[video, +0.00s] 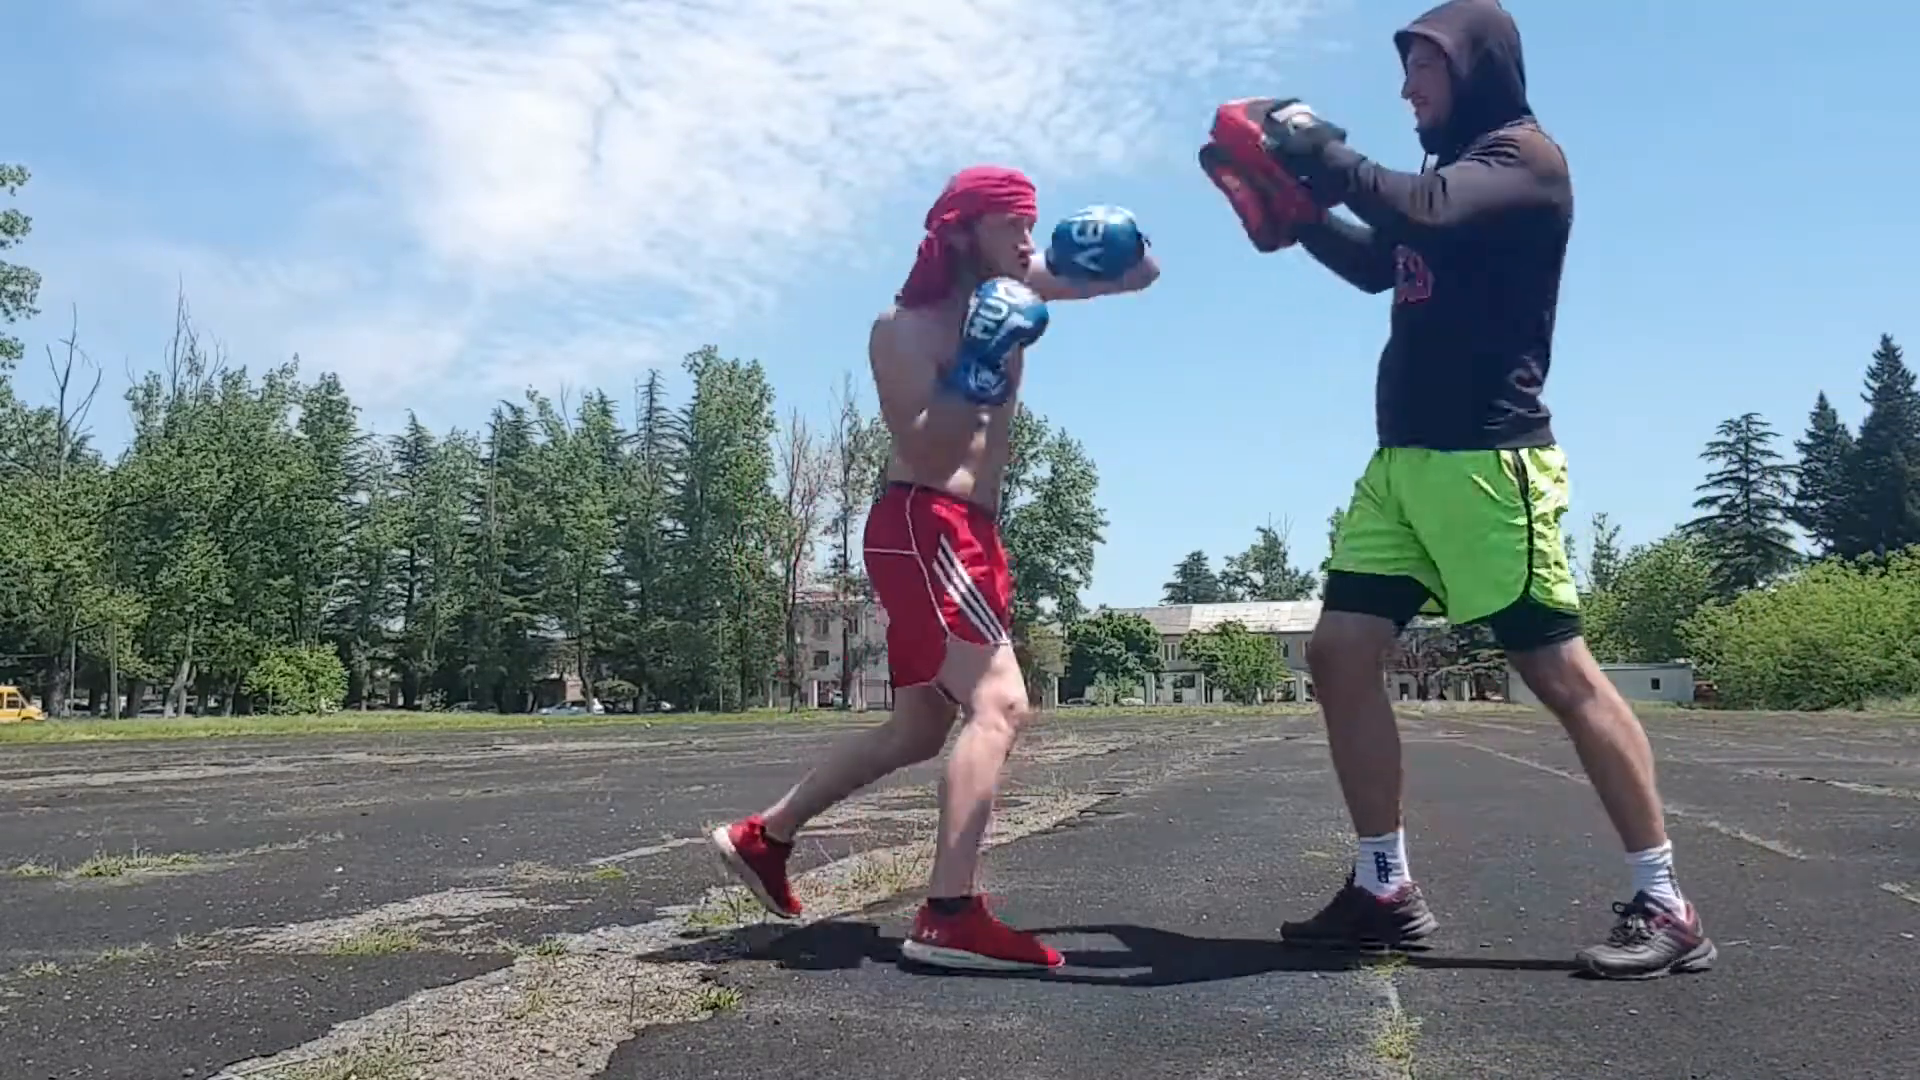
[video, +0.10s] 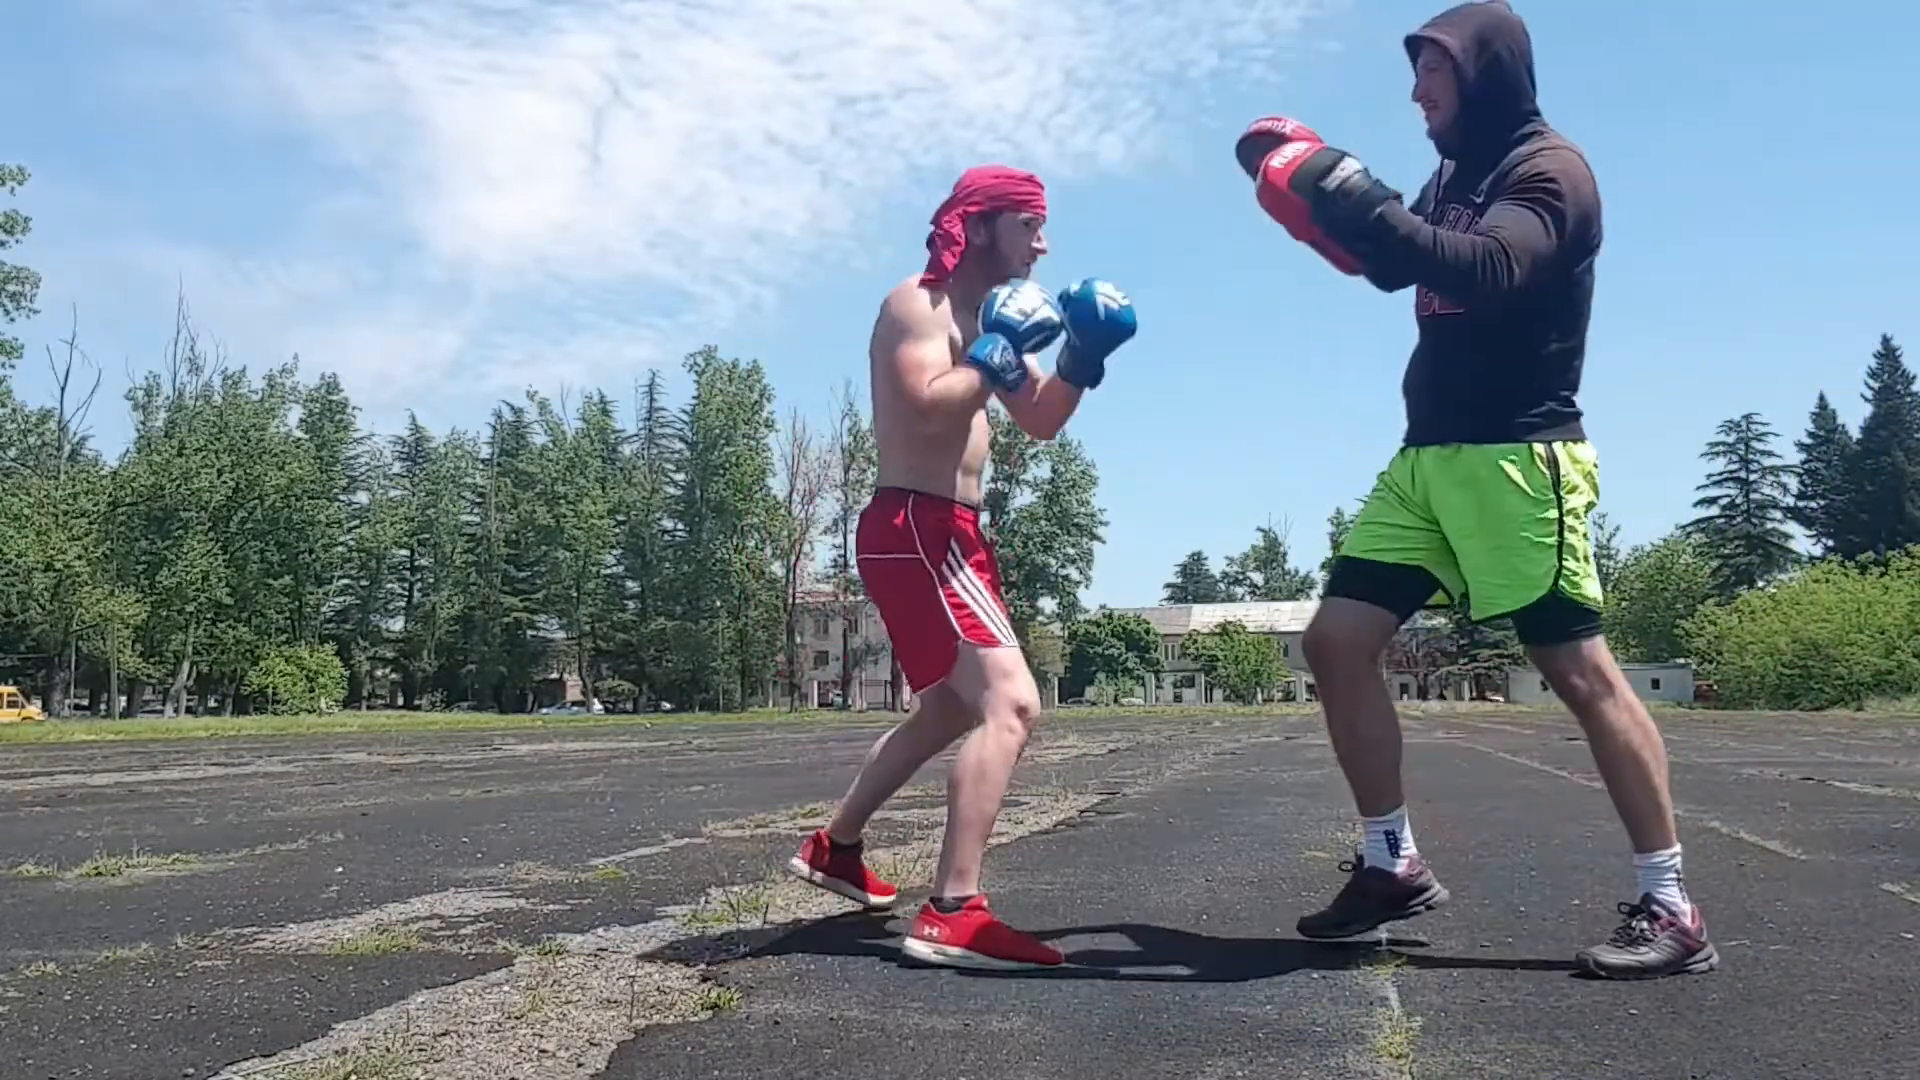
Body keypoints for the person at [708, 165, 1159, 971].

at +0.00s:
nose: (1028, 243)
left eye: (1027, 228)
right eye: (1014, 227)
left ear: (999, 237)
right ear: (963, 232)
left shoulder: (1007, 296)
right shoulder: (902, 330)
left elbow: (1137, 276)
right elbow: (921, 448)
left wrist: (1122, 250)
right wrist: (983, 362)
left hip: (971, 530)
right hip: (921, 525)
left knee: (915, 730)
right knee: (999, 702)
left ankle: (767, 833)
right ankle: (951, 909)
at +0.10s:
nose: (1042, 240)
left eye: (1041, 225)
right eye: (1028, 224)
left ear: (1001, 237)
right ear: (978, 229)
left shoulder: (987, 320)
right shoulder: (916, 304)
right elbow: (930, 402)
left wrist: (1085, 357)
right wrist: (999, 351)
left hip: (953, 534)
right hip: (916, 532)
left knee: (948, 709)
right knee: (1009, 704)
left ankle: (835, 843)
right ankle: (952, 907)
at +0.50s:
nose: (1003, 241)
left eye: (1002, 226)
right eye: (994, 225)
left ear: (940, 223)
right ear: (957, 221)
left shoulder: (917, 290)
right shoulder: (921, 262)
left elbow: (958, 428)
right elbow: (973, 350)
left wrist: (1011, 347)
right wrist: (1057, 321)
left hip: (879, 509)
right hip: (905, 506)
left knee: (913, 694)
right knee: (989, 692)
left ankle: (808, 839)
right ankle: (971, 895)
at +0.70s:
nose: (1031, 253)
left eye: (1030, 238)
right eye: (1022, 238)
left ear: (951, 243)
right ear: (985, 236)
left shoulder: (894, 319)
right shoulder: (971, 280)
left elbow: (938, 415)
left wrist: (998, 386)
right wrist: (1059, 309)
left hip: (867, 525)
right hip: (943, 515)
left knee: (866, 712)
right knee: (1067, 684)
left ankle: (785, 874)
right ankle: (1050, 873)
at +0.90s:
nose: (1068, 235)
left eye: (1066, 222)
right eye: (1064, 221)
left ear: (983, 222)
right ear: (1039, 218)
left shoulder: (921, 301)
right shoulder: (1045, 262)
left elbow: (942, 417)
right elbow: (1135, 312)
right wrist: (1162, 268)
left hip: (914, 505)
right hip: (1012, 494)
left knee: (904, 706)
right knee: (1147, 681)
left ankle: (863, 881)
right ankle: (1130, 838)